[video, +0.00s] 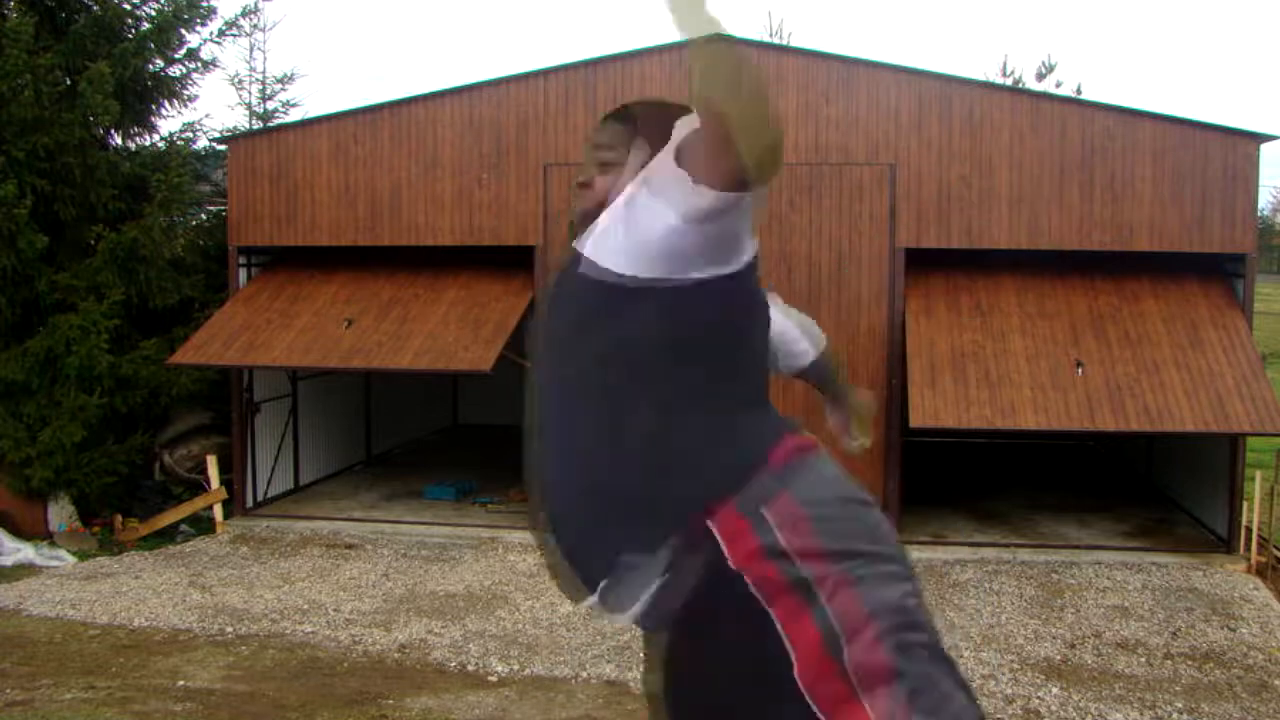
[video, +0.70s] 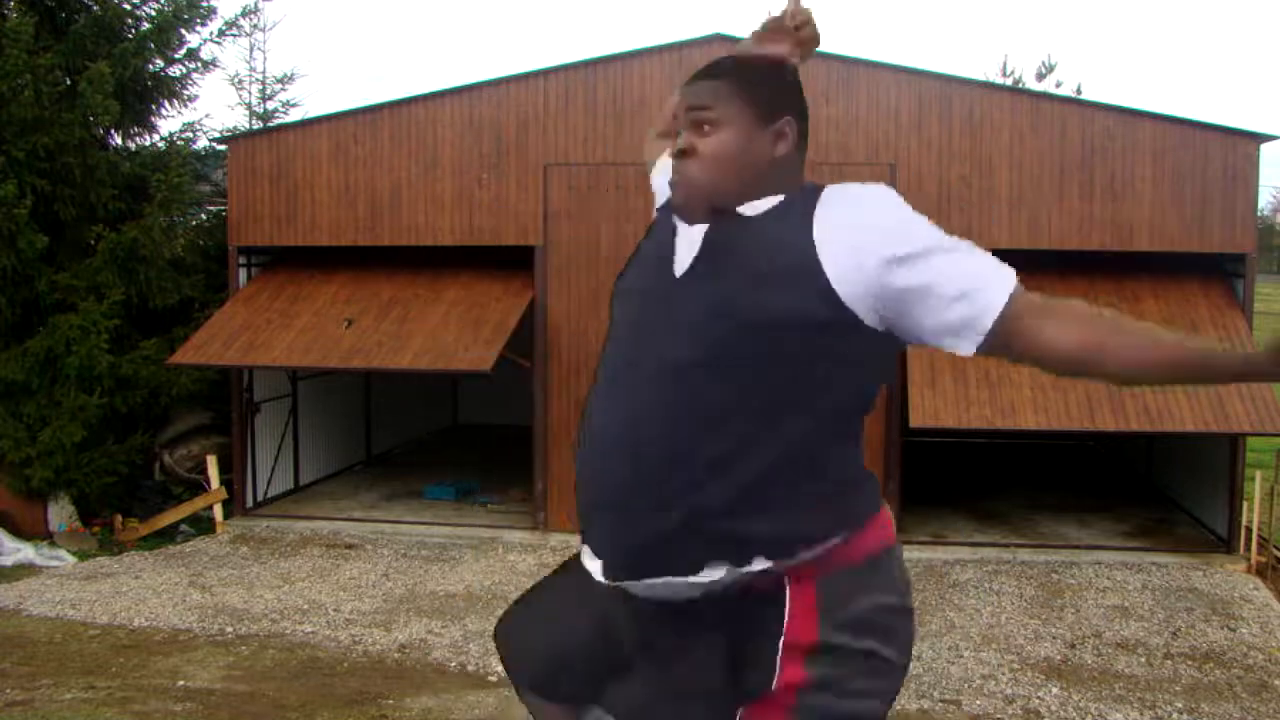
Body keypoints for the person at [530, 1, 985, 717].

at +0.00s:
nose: (586, 181)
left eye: (611, 163)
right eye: (586, 166)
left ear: (665, 168)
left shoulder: (673, 222)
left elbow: (745, 137)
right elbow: (791, 339)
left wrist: (691, 13)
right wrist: (841, 395)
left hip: (771, 552)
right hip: (689, 601)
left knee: (898, 702)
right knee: (715, 704)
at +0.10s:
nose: (582, 197)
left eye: (605, 182)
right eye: (587, 184)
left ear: (673, 200)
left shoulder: (686, 257)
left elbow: (810, 171)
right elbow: (765, 363)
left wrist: (767, 65)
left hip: (713, 587)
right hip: (651, 592)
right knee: (609, 690)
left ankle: (949, 703)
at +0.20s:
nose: (572, 189)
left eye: (594, 176)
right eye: (576, 173)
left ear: (664, 199)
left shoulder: (668, 274)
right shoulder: (600, 284)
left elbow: (772, 286)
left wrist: (732, 244)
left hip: (688, 586)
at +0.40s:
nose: (557, 225)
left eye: (582, 211)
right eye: (559, 211)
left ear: (653, 236)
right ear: (566, 234)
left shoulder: (698, 305)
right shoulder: (527, 292)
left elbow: (770, 345)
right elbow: (402, 257)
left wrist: (870, 337)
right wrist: (297, 205)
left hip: (674, 632)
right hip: (535, 623)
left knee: (526, 699)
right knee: (464, 693)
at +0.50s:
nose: (604, 160)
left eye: (629, 148)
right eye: (607, 145)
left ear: (702, 172)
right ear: (613, 167)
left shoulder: (760, 262)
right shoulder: (588, 223)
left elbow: (947, 273)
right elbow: (517, 105)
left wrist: (1144, 244)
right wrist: (471, 11)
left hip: (724, 571)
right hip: (581, 579)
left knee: (490, 664)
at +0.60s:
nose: (658, 108)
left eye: (685, 89)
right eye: (657, 91)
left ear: (758, 108)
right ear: (654, 108)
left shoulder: (824, 193)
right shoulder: (638, 205)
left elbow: (1030, 240)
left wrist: (1227, 219)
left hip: (795, 541)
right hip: (661, 545)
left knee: (603, 701)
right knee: (559, 705)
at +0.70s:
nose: (676, 139)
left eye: (705, 122)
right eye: (676, 124)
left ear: (781, 140)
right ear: (675, 142)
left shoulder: (853, 227)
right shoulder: (671, 224)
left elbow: (1048, 327)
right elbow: (675, 144)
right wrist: (747, 65)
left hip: (796, 612)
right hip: (634, 600)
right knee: (536, 652)